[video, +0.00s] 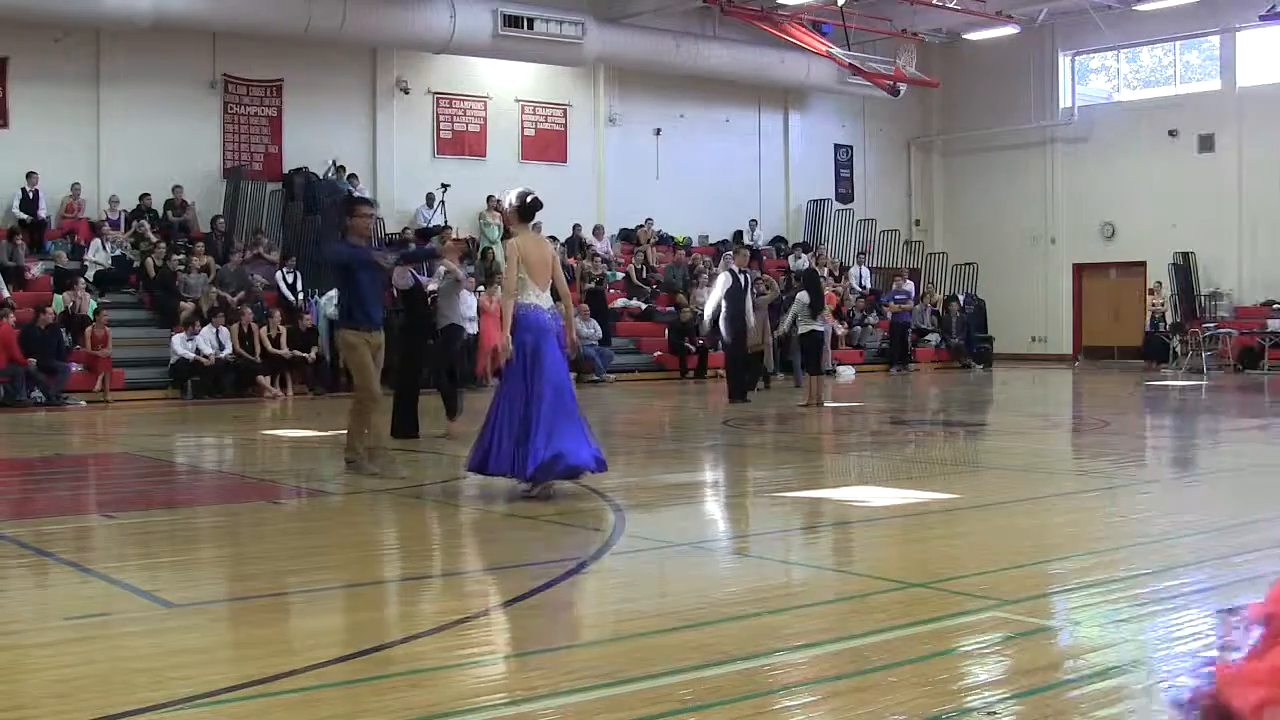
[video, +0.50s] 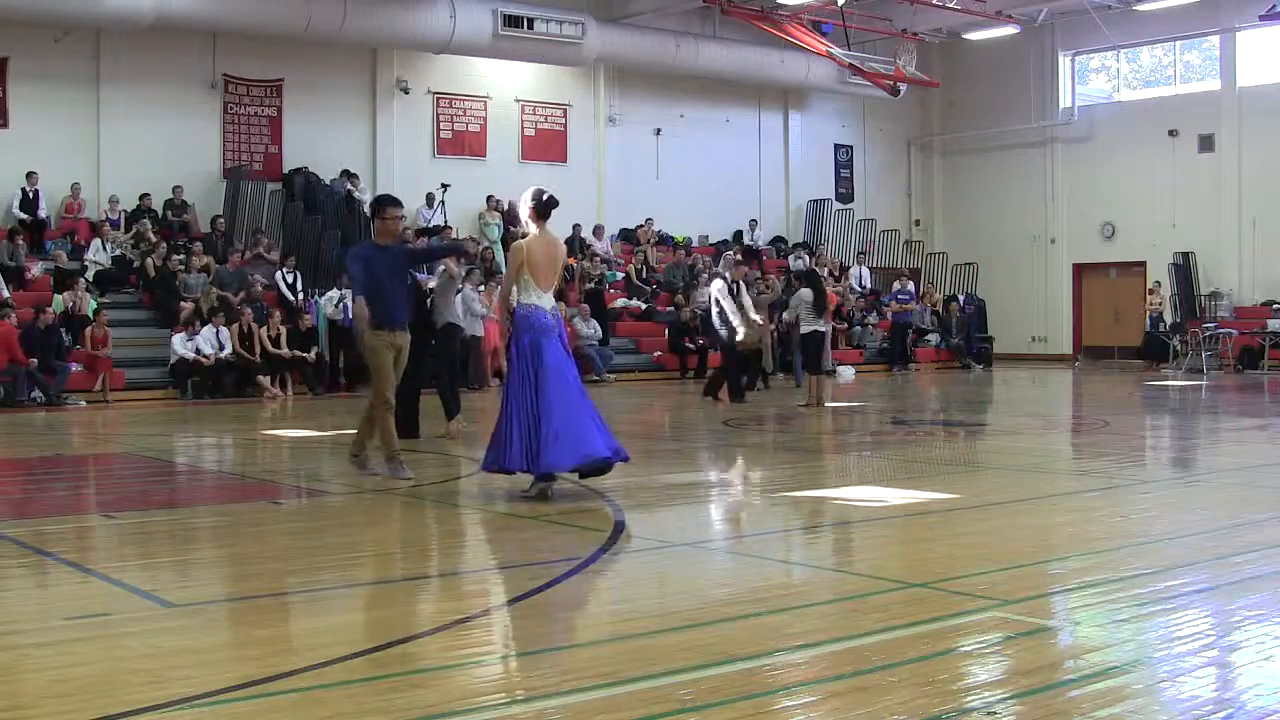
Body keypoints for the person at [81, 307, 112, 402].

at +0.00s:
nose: (106, 318)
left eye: (106, 316)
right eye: (104, 316)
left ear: (106, 317)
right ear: (97, 317)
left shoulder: (108, 330)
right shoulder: (89, 330)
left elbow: (109, 349)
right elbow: (88, 350)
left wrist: (104, 351)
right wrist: (99, 353)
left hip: (103, 355)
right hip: (92, 356)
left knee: (105, 360)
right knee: (106, 365)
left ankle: (98, 382)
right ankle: (107, 393)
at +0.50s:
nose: (105, 318)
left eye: (106, 316)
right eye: (103, 316)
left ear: (105, 318)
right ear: (96, 318)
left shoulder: (108, 331)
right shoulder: (88, 331)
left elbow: (109, 348)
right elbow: (88, 350)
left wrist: (105, 352)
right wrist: (99, 353)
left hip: (103, 355)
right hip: (92, 356)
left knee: (106, 361)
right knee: (107, 365)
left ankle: (99, 381)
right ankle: (106, 393)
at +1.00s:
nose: (105, 318)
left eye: (106, 315)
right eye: (103, 315)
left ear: (106, 317)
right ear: (96, 317)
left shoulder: (107, 331)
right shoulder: (88, 330)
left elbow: (109, 349)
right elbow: (88, 350)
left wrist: (104, 352)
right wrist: (99, 353)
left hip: (103, 355)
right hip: (92, 356)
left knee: (103, 359)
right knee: (107, 364)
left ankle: (98, 382)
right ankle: (106, 394)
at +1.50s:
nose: (106, 318)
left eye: (106, 315)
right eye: (104, 315)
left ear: (106, 317)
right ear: (97, 317)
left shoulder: (108, 331)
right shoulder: (89, 330)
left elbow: (109, 349)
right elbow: (88, 350)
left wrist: (103, 352)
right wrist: (99, 353)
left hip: (103, 355)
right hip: (92, 356)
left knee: (104, 359)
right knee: (107, 363)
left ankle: (98, 382)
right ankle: (107, 393)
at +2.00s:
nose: (106, 317)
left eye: (106, 315)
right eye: (104, 315)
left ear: (106, 317)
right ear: (97, 316)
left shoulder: (107, 331)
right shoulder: (89, 330)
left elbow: (109, 349)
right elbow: (88, 350)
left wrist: (100, 352)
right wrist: (100, 353)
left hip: (103, 355)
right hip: (92, 356)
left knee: (105, 361)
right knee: (107, 364)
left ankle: (99, 382)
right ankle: (107, 393)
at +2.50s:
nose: (106, 317)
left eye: (106, 314)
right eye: (104, 314)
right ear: (97, 316)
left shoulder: (107, 331)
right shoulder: (89, 330)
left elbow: (109, 349)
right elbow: (88, 350)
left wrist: (103, 351)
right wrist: (99, 353)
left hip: (103, 355)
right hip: (92, 356)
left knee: (104, 361)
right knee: (106, 365)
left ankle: (99, 382)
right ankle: (107, 393)